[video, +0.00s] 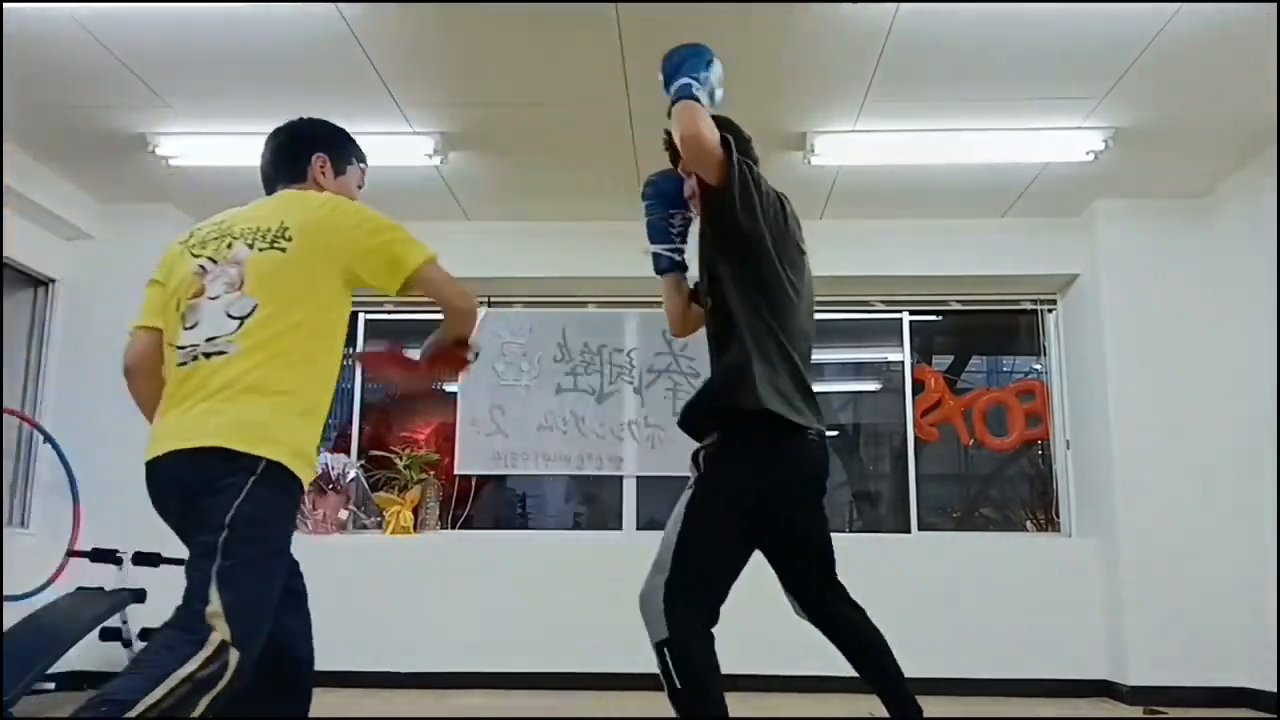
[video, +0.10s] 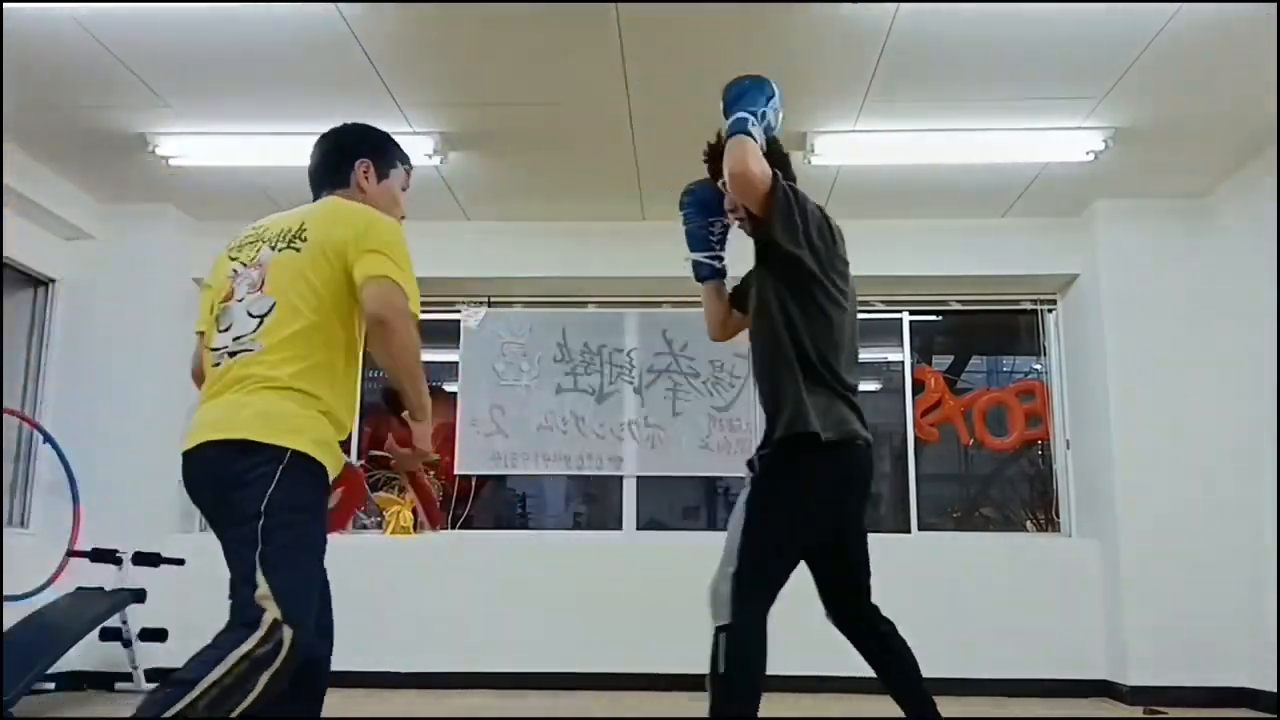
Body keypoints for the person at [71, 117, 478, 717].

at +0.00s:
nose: (359, 199)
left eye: (362, 187)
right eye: (356, 183)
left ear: (274, 177)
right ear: (321, 169)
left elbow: (141, 360)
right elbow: (463, 307)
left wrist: (187, 436)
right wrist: (441, 351)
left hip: (171, 462)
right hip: (253, 453)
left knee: (285, 638)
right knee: (213, 635)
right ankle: (102, 713)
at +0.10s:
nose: (404, 207)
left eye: (406, 191)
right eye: (401, 187)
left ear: (334, 180)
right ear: (365, 175)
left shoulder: (240, 246)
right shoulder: (364, 222)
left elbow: (206, 368)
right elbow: (384, 308)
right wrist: (421, 415)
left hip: (211, 446)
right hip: (278, 443)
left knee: (305, 636)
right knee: (271, 628)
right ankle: (163, 711)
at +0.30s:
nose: (477, 144)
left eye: (480, 132)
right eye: (471, 125)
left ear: (430, 119)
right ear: (428, 111)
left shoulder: (425, 229)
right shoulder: (355, 148)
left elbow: (479, 278)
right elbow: (258, 191)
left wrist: (523, 285)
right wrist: (365, 204)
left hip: (353, 415)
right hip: (303, 395)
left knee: (322, 620)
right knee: (352, 623)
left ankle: (272, 711)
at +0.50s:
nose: (521, 152)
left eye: (524, 139)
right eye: (515, 133)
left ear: (476, 128)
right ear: (473, 123)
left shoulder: (495, 212)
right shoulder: (394, 183)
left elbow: (574, 236)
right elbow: (369, 284)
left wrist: (643, 197)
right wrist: (482, 256)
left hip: (421, 441)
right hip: (346, 431)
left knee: (462, 594)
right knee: (388, 619)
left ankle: (411, 710)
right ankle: (339, 711)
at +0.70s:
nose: (591, 212)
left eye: (594, 198)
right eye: (587, 192)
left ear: (548, 183)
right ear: (546, 177)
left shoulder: (537, 283)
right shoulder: (450, 236)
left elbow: (529, 384)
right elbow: (382, 330)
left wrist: (634, 365)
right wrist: (495, 367)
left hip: (500, 479)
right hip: (423, 474)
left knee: (563, 629)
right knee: (466, 645)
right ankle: (389, 714)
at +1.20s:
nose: (651, 242)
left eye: (657, 227)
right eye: (653, 222)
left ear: (609, 207)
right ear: (625, 206)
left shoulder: (561, 266)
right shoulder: (564, 245)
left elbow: (588, 344)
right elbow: (539, 343)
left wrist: (623, 272)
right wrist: (631, 428)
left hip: (535, 487)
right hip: (489, 481)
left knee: (602, 615)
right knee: (477, 660)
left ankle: (610, 715)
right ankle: (396, 715)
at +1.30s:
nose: (670, 234)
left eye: (675, 220)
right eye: (671, 215)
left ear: (634, 204)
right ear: (641, 202)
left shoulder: (597, 281)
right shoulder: (569, 247)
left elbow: (618, 337)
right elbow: (521, 334)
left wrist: (648, 265)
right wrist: (600, 422)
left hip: (555, 492)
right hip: (499, 484)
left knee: (616, 624)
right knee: (465, 650)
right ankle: (382, 716)